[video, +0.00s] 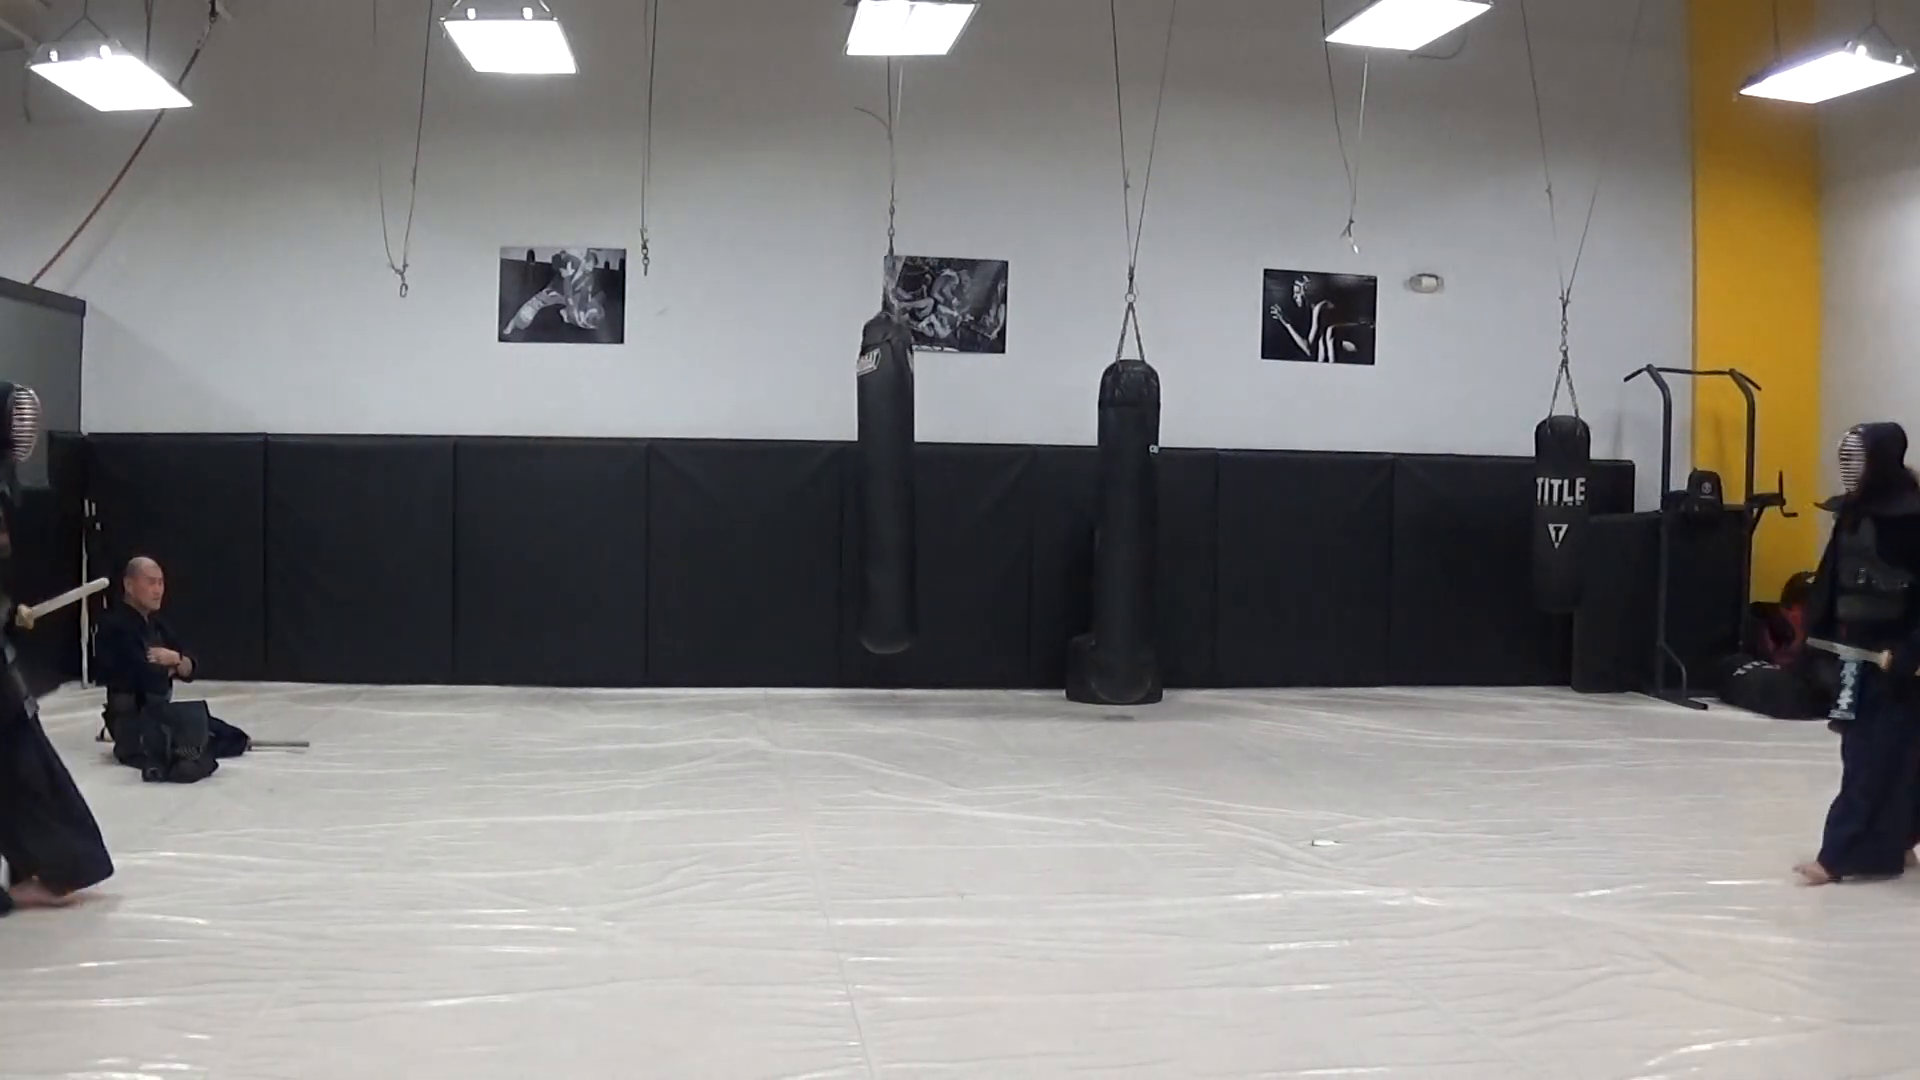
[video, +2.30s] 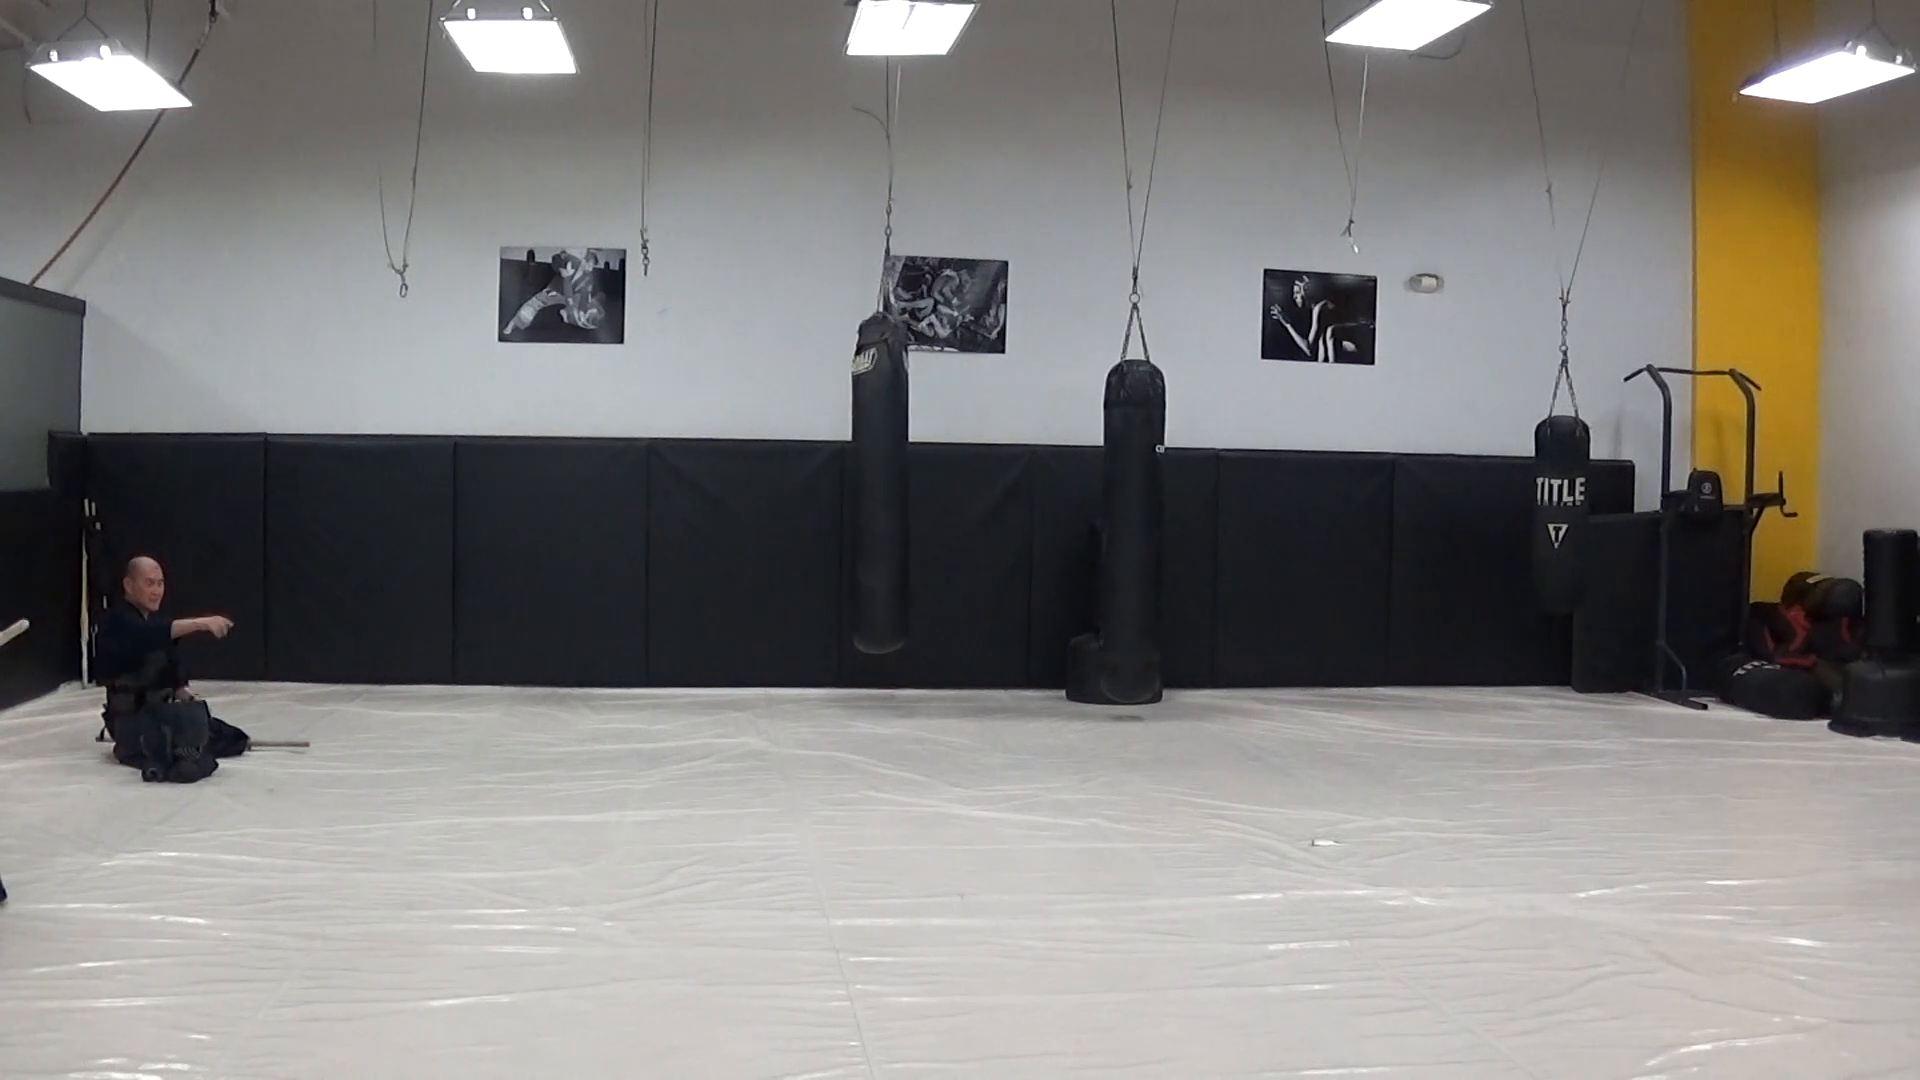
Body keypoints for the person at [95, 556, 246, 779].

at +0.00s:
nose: (158, 590)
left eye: (161, 583)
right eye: (151, 582)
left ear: (164, 585)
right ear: (129, 585)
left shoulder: (156, 623)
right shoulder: (114, 624)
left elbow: (192, 671)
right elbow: (134, 675)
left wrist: (176, 658)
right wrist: (174, 668)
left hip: (161, 717)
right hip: (130, 725)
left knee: (237, 740)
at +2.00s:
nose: (159, 589)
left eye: (160, 582)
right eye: (152, 582)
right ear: (129, 585)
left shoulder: (155, 623)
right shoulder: (114, 624)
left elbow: (169, 674)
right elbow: (136, 664)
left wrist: (190, 669)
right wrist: (175, 654)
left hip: (162, 716)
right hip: (129, 723)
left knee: (236, 740)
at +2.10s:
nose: (158, 589)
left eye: (160, 582)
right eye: (151, 582)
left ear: (163, 585)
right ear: (129, 586)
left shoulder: (154, 623)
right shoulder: (116, 621)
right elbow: (145, 652)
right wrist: (194, 634)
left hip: (162, 717)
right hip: (130, 724)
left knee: (236, 740)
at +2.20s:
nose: (157, 590)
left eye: (160, 583)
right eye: (150, 582)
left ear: (163, 585)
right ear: (128, 586)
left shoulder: (156, 621)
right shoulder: (116, 620)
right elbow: (149, 639)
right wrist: (204, 622)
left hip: (162, 715)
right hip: (128, 721)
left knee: (236, 739)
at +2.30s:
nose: (157, 590)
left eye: (160, 583)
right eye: (150, 583)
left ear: (164, 585)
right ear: (128, 585)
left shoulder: (157, 624)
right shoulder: (116, 620)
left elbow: (173, 679)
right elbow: (147, 634)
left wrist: (186, 697)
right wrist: (201, 624)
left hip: (166, 712)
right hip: (129, 719)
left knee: (235, 740)